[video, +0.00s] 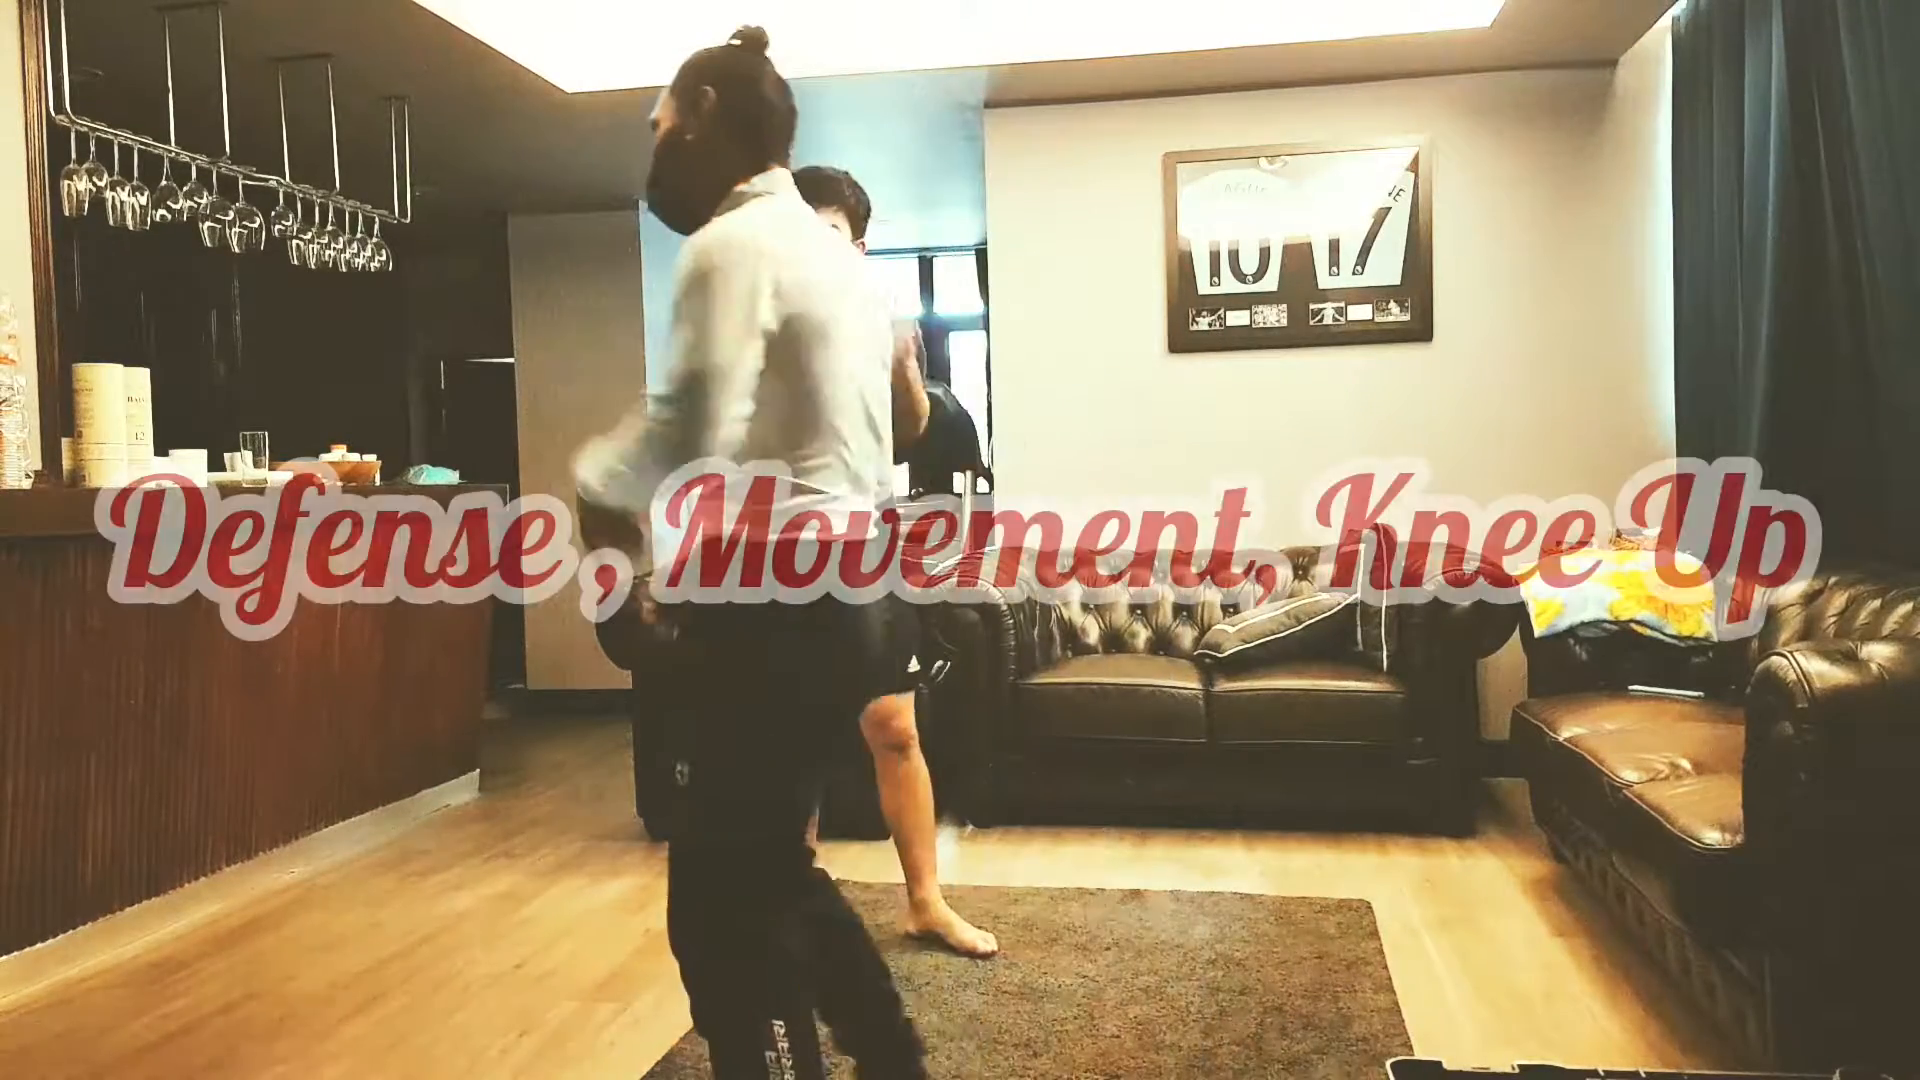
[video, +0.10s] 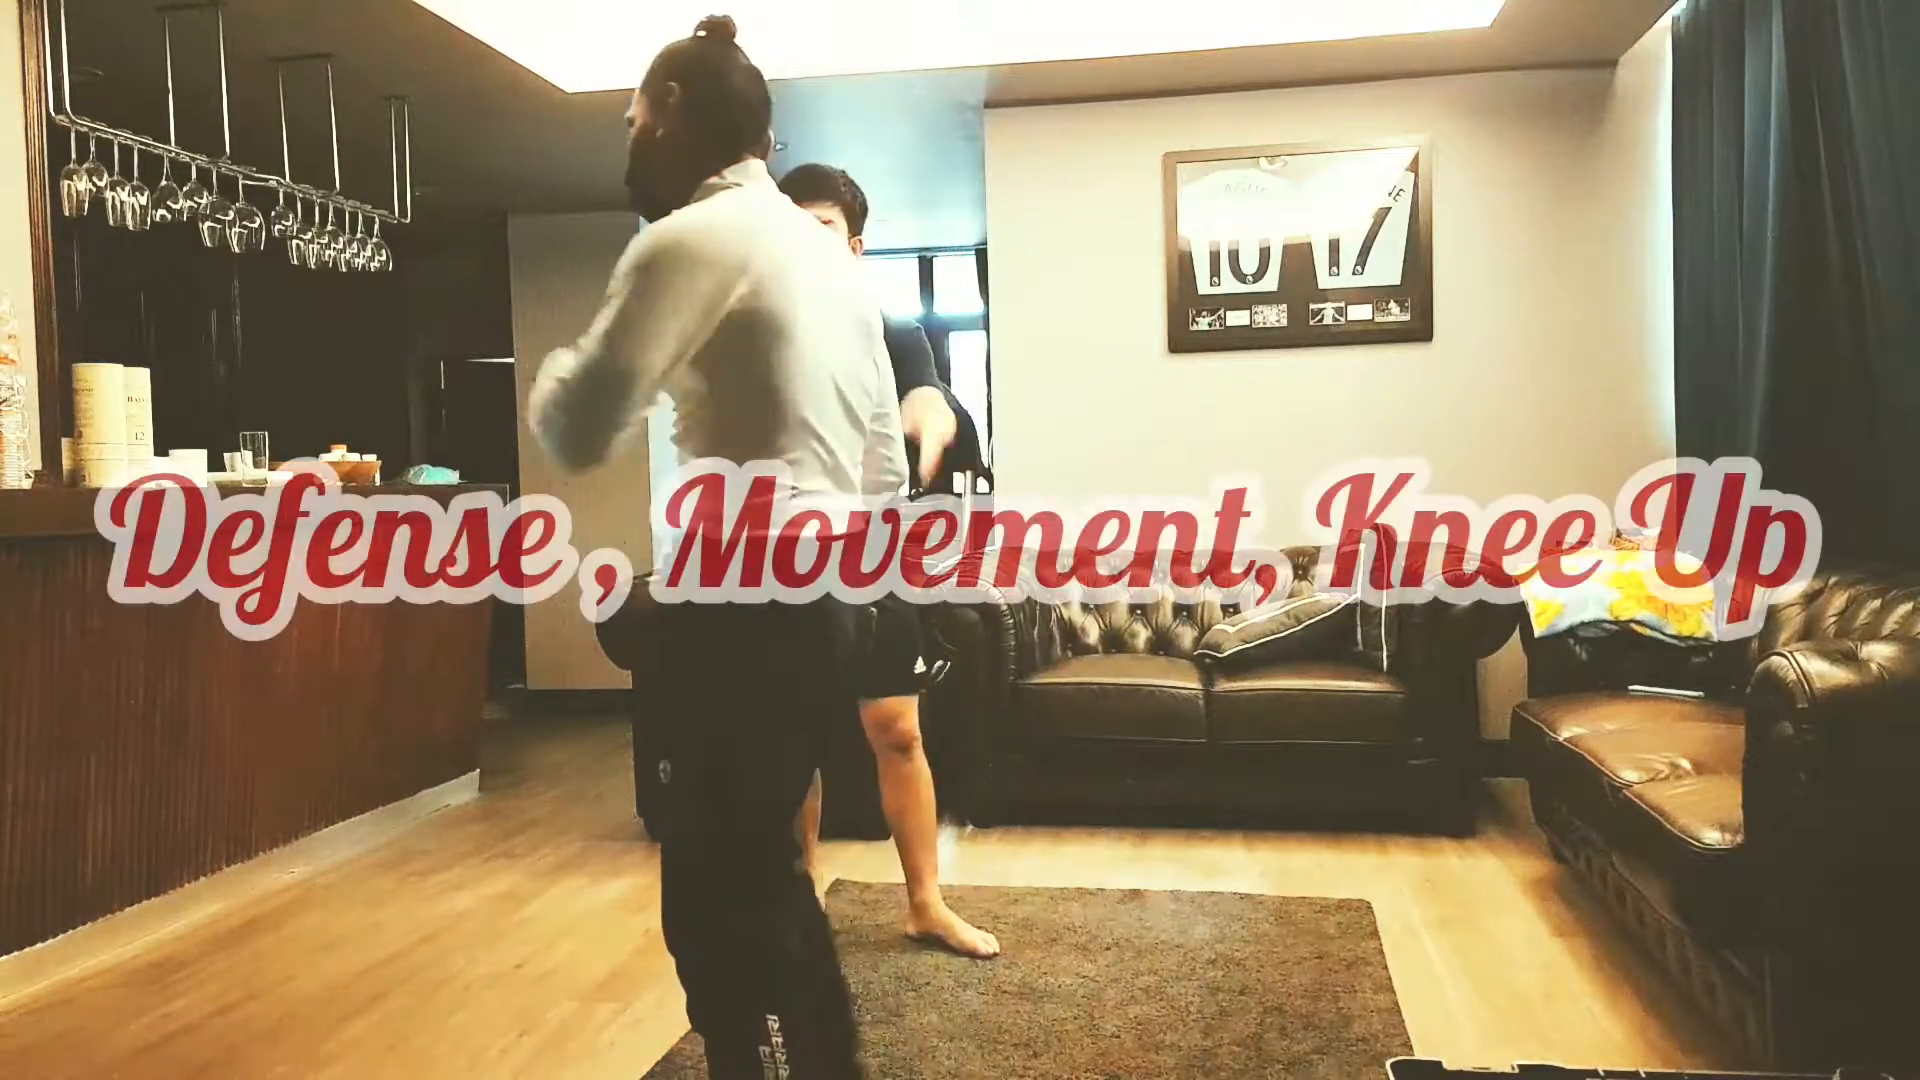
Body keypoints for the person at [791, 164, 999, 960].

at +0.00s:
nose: (822, 239)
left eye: (835, 225)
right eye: (810, 225)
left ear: (859, 229)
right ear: (792, 230)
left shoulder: (882, 318)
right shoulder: (773, 325)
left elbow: (913, 434)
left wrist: (905, 374)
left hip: (872, 540)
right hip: (785, 543)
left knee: (893, 726)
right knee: (788, 738)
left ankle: (927, 898)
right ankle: (795, 909)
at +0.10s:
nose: (815, 242)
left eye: (828, 227)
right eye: (801, 228)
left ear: (857, 238)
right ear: (783, 236)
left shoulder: (894, 336)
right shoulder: (764, 334)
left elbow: (931, 416)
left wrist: (911, 468)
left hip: (881, 562)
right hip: (787, 565)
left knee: (898, 731)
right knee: (793, 745)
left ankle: (927, 899)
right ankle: (801, 899)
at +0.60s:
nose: (841, 234)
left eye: (856, 217)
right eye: (825, 221)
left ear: (894, 226)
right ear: (810, 236)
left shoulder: (937, 339)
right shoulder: (799, 335)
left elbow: (959, 467)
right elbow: (787, 457)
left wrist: (939, 559)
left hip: (912, 556)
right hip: (819, 557)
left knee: (919, 731)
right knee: (808, 726)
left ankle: (928, 899)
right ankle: (797, 901)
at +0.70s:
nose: (854, 236)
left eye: (869, 218)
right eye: (838, 222)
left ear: (907, 225)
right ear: (824, 235)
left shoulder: (953, 341)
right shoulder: (813, 337)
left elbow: (971, 462)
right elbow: (793, 455)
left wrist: (975, 576)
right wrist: (796, 563)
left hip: (921, 564)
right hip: (827, 563)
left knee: (925, 730)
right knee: (811, 726)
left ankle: (929, 902)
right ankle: (793, 911)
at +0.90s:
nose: (871, 237)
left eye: (888, 219)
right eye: (856, 222)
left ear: (926, 226)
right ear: (842, 233)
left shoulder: (969, 341)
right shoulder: (825, 335)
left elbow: (1007, 464)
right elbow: (795, 457)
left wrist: (1023, 576)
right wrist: (797, 571)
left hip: (934, 573)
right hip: (838, 568)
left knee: (926, 736)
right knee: (827, 728)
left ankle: (929, 901)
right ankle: (790, 902)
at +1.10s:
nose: (871, 233)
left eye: (890, 216)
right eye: (857, 218)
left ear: (926, 227)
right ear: (841, 232)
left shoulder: (962, 338)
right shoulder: (818, 335)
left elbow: (1010, 459)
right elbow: (777, 453)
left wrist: (1050, 547)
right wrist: (778, 553)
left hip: (932, 569)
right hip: (834, 570)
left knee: (928, 741)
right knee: (841, 743)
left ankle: (929, 905)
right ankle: (820, 922)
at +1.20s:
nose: (863, 226)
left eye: (881, 209)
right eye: (847, 210)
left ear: (915, 221)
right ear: (830, 226)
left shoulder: (953, 333)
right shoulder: (809, 331)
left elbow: (995, 451)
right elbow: (771, 449)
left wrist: (1033, 539)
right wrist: (771, 559)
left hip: (927, 570)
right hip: (826, 572)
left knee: (926, 744)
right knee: (830, 752)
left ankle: (928, 904)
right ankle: (831, 926)